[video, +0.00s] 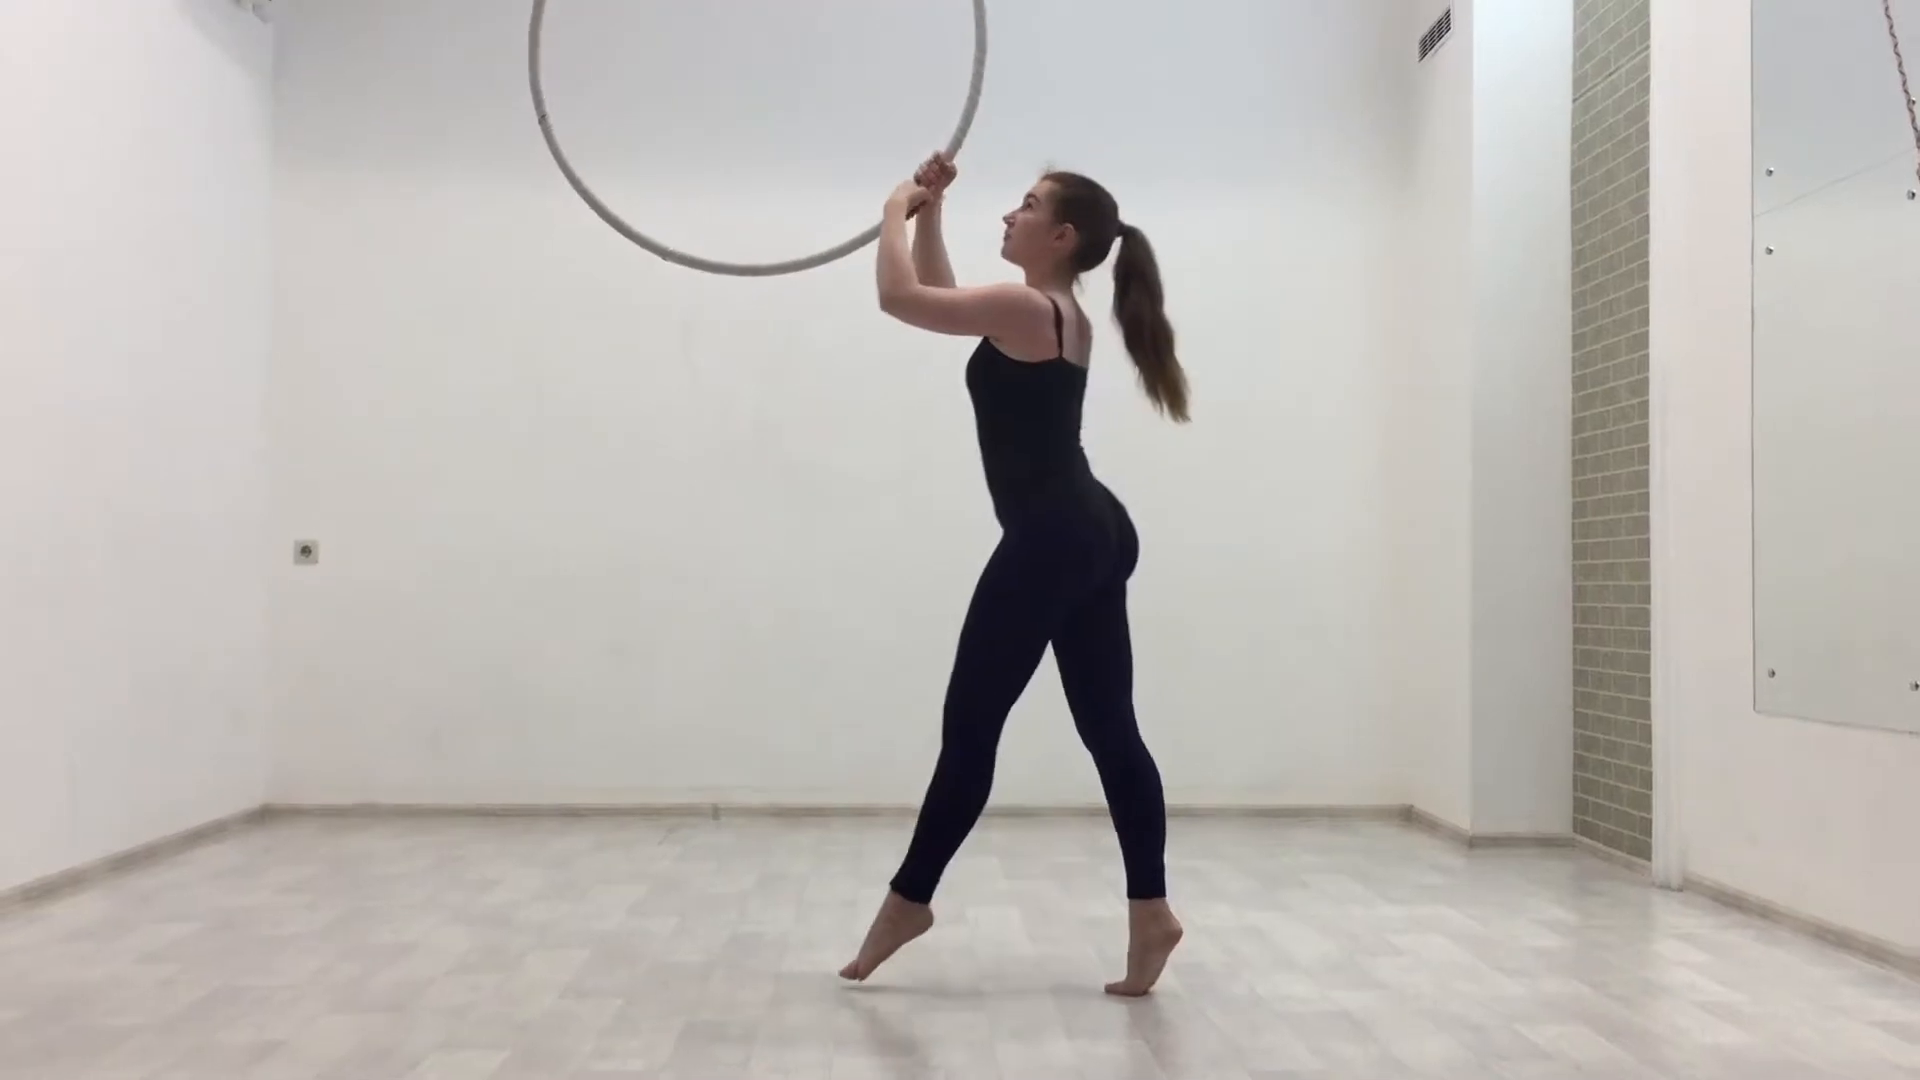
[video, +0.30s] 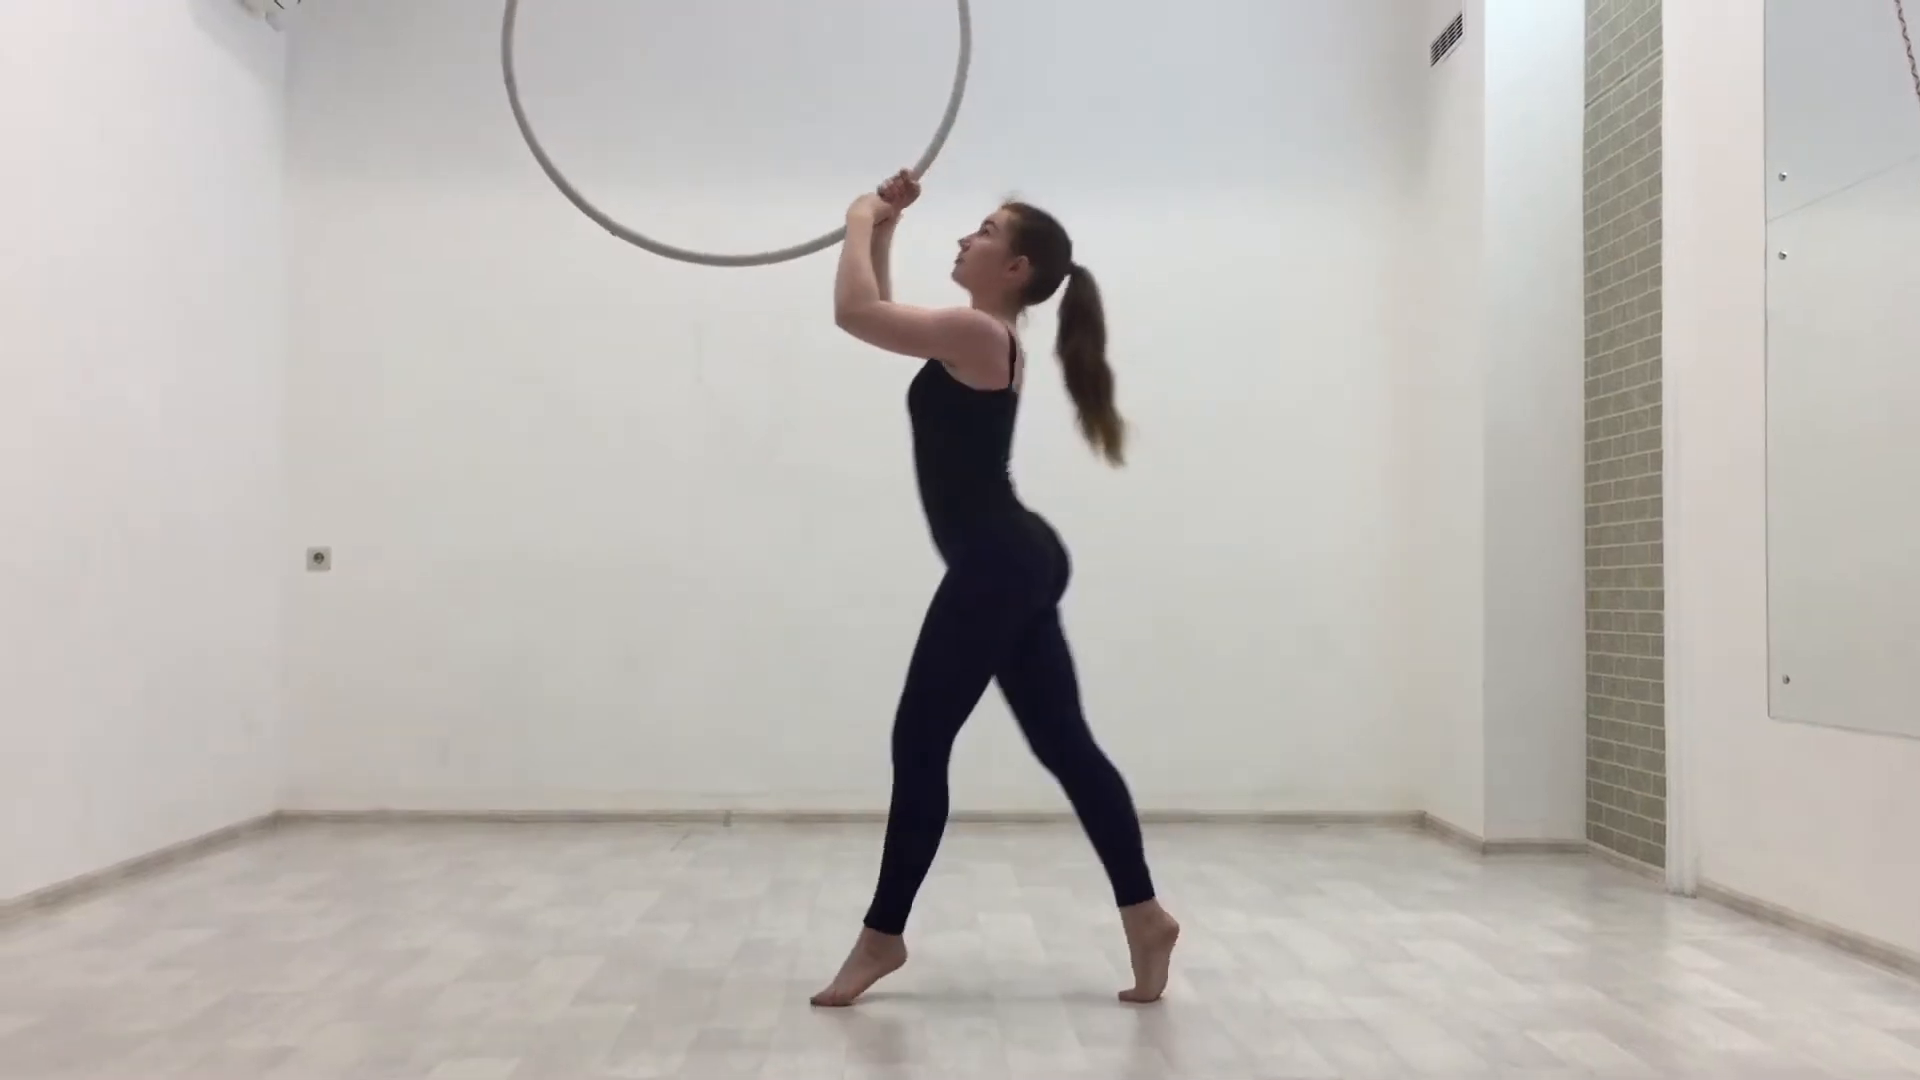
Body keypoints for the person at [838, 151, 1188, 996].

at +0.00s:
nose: (1010, 215)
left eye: (1028, 208)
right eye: (1019, 203)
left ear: (1063, 237)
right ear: (1066, 242)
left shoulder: (1018, 308)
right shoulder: (1069, 316)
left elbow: (900, 298)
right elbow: (942, 294)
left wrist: (895, 214)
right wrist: (932, 207)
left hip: (1042, 546)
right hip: (1096, 535)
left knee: (970, 724)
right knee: (1112, 729)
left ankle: (908, 900)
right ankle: (1151, 909)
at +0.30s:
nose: (967, 238)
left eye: (986, 234)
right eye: (979, 228)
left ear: (1017, 270)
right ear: (1012, 273)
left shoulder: (976, 336)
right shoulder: (989, 335)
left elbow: (852, 310)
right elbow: (875, 308)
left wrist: (858, 224)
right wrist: (883, 224)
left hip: (991, 569)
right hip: (1019, 560)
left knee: (918, 741)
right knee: (1066, 746)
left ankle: (882, 935)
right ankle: (1145, 915)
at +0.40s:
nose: (963, 244)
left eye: (982, 243)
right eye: (974, 235)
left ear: (1009, 281)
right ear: (1002, 281)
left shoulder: (974, 344)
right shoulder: (960, 337)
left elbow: (851, 315)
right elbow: (846, 315)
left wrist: (853, 229)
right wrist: (870, 225)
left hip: (965, 579)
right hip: (965, 571)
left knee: (909, 754)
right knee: (1000, 757)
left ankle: (895, 950)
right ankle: (1119, 898)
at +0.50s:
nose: (974, 247)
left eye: (996, 248)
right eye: (983, 239)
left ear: (1020, 289)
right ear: (998, 281)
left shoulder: (988, 349)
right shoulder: (939, 342)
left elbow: (879, 333)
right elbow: (836, 319)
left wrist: (858, 241)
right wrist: (868, 235)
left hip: (961, 572)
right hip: (909, 570)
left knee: (923, 761)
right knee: (880, 758)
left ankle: (908, 956)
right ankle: (1005, 887)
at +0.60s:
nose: (992, 246)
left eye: (1016, 247)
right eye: (995, 239)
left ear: (1039, 289)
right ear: (978, 268)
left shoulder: (1017, 334)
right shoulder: (942, 339)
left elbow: (922, 341)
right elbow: (856, 328)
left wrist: (886, 250)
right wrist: (885, 246)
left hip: (960, 559)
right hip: (891, 545)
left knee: (921, 742)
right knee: (769, 664)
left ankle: (905, 935)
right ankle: (771, 848)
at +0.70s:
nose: (1002, 255)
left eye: (1024, 254)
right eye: (999, 251)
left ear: (1048, 293)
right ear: (981, 273)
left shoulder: (1039, 330)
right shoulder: (949, 331)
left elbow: (975, 349)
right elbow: (888, 335)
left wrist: (936, 256)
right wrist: (926, 254)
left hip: (951, 533)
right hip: (879, 513)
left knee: (876, 681)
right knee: (725, 497)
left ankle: (884, 869)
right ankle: (595, 624)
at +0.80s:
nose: (994, 296)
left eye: (1013, 296)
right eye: (994, 293)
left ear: (1041, 332)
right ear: (983, 308)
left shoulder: (1036, 370)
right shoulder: (936, 366)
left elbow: (998, 360)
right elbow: (895, 339)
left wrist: (962, 265)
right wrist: (940, 268)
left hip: (919, 521)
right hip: (849, 496)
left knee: (876, 565)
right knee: (749, 358)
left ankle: (821, 738)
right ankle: (583, 343)